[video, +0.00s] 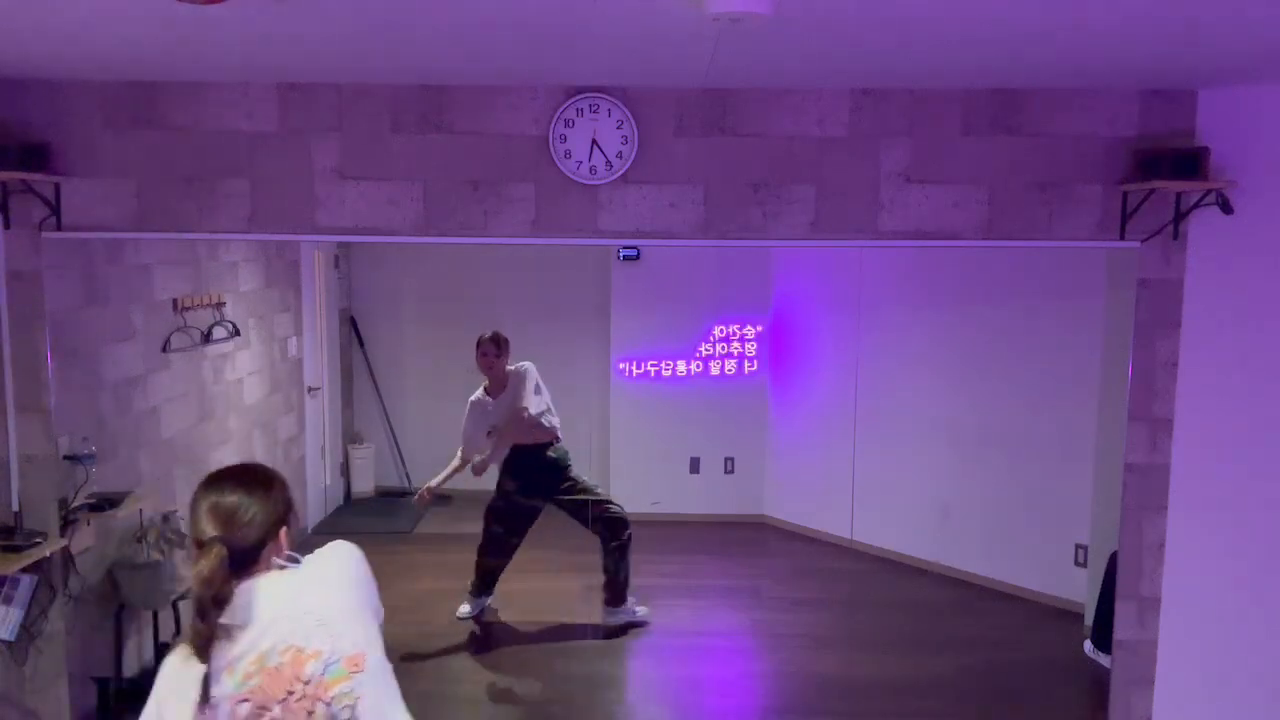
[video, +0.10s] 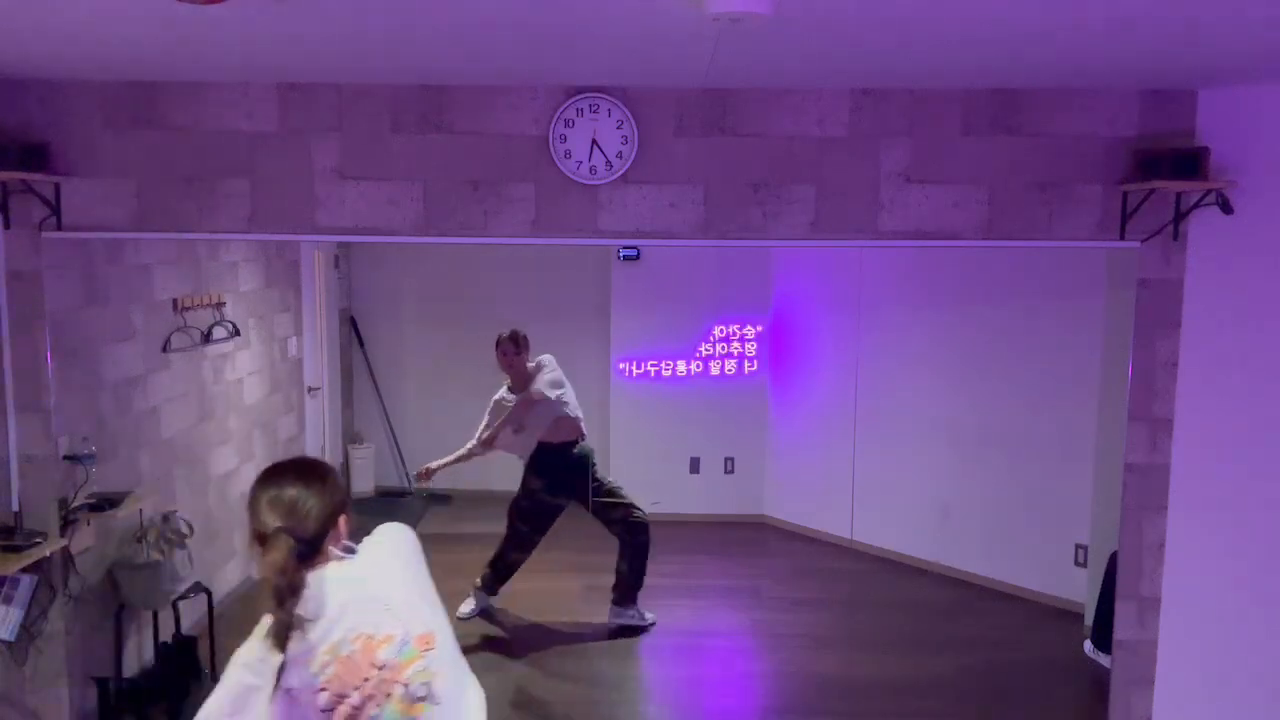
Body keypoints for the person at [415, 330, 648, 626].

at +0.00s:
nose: (488, 362)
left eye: (493, 355)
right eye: (482, 356)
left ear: (506, 357)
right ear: (476, 360)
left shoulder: (524, 372)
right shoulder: (478, 404)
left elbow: (520, 416)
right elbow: (466, 455)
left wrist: (489, 458)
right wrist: (435, 483)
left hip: (553, 468)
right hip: (517, 474)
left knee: (615, 523)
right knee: (497, 534)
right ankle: (479, 597)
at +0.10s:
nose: (509, 360)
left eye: (515, 353)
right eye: (504, 354)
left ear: (527, 354)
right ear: (497, 359)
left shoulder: (548, 367)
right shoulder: (502, 402)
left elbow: (534, 397)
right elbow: (478, 446)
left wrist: (498, 430)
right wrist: (437, 466)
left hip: (578, 464)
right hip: (543, 468)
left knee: (635, 525)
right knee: (520, 537)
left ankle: (624, 607)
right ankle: (482, 595)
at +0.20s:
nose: (532, 357)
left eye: (537, 349)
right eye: (526, 352)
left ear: (550, 347)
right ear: (520, 357)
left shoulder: (571, 361)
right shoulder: (524, 396)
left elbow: (562, 381)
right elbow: (494, 438)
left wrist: (519, 409)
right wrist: (447, 444)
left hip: (602, 462)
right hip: (565, 466)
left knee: (652, 527)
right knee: (534, 543)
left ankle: (625, 604)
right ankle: (490, 601)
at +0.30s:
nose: (556, 348)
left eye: (561, 342)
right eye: (549, 345)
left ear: (571, 343)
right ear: (543, 351)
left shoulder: (593, 357)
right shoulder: (542, 388)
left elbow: (582, 368)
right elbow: (508, 426)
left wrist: (547, 390)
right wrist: (460, 422)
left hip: (617, 460)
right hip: (579, 463)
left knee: (660, 532)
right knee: (546, 541)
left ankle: (624, 599)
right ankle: (523, 610)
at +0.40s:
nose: (570, 341)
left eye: (575, 335)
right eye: (564, 337)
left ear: (586, 336)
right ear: (558, 341)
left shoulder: (606, 353)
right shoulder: (556, 378)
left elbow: (603, 354)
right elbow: (518, 401)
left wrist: (576, 382)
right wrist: (475, 406)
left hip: (625, 449)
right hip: (588, 450)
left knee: (657, 533)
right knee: (575, 531)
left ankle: (627, 596)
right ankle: (569, 605)